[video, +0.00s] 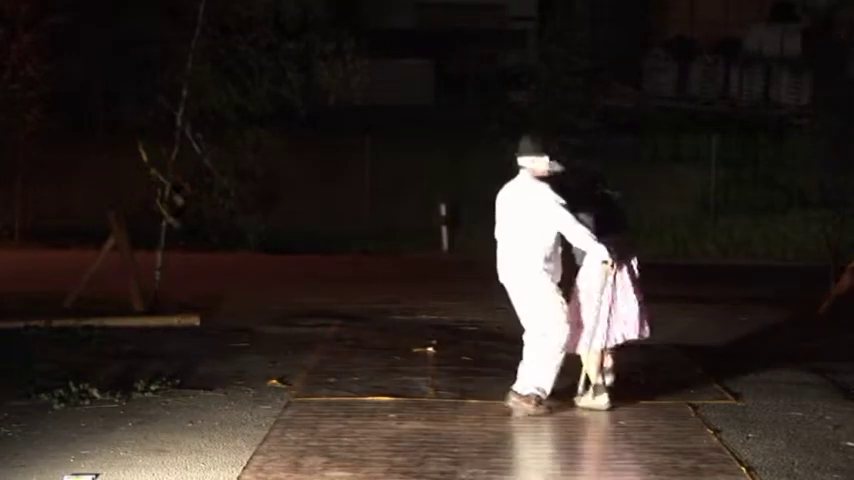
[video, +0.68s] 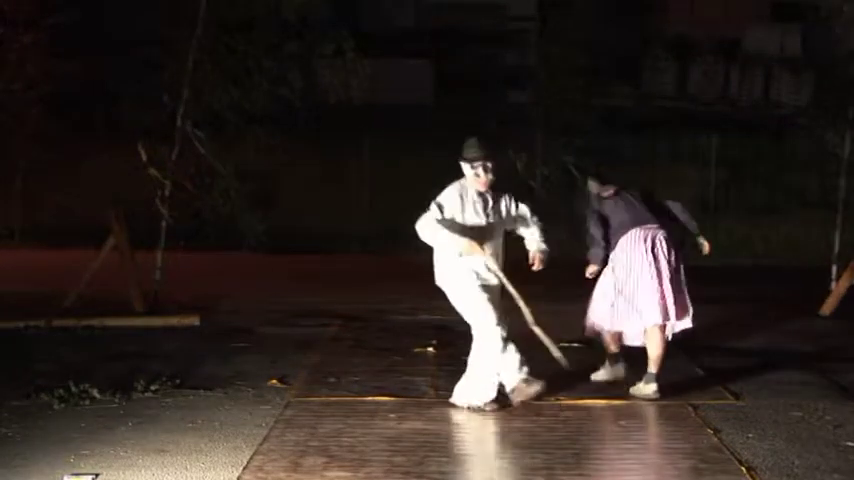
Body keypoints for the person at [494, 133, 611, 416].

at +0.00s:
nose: (550, 165)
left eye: (548, 160)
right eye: (547, 160)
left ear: (521, 162)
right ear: (538, 163)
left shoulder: (505, 192)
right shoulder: (543, 195)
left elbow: (500, 233)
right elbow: (570, 227)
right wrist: (601, 252)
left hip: (509, 272)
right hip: (535, 273)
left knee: (535, 328)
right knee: (557, 326)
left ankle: (522, 388)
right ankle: (533, 391)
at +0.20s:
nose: (536, 145)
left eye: (534, 139)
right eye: (530, 141)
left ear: (509, 145)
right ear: (515, 145)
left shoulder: (497, 175)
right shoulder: (522, 178)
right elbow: (542, 214)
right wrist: (571, 242)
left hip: (501, 260)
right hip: (521, 263)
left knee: (514, 320)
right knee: (530, 320)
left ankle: (517, 384)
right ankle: (524, 389)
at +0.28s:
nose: (530, 146)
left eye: (528, 140)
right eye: (524, 141)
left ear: (505, 144)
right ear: (508, 144)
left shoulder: (498, 173)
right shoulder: (507, 176)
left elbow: (518, 216)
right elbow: (526, 214)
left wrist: (546, 240)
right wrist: (555, 238)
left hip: (505, 263)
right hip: (510, 265)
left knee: (510, 321)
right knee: (521, 321)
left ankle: (494, 380)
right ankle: (520, 387)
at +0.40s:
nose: (516, 155)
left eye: (515, 149)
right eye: (510, 150)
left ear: (497, 151)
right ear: (493, 152)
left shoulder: (502, 181)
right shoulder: (485, 184)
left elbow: (506, 226)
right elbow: (496, 226)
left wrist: (528, 246)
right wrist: (527, 243)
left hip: (509, 268)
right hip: (496, 269)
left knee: (499, 325)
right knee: (522, 322)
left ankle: (469, 388)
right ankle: (518, 390)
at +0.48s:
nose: (504, 165)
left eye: (506, 158)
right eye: (497, 158)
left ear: (510, 160)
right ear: (481, 159)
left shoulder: (499, 192)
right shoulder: (471, 193)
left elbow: (507, 232)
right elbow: (476, 235)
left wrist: (527, 251)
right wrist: (510, 248)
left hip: (502, 275)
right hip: (485, 277)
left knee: (489, 330)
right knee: (521, 324)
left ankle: (467, 390)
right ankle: (520, 391)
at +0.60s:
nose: (491, 175)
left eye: (496, 167)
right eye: (484, 169)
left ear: (502, 168)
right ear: (470, 169)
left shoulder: (503, 197)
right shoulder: (458, 198)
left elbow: (521, 226)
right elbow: (442, 234)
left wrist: (532, 249)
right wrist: (480, 251)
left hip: (499, 273)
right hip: (467, 276)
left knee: (493, 331)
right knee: (503, 322)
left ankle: (469, 395)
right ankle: (525, 391)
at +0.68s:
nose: (484, 177)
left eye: (488, 170)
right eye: (477, 172)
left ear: (494, 169)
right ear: (466, 170)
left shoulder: (501, 201)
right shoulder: (454, 195)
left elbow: (527, 221)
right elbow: (425, 226)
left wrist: (536, 247)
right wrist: (461, 244)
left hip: (490, 274)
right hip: (457, 274)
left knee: (491, 329)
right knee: (487, 323)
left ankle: (472, 393)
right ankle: (517, 382)